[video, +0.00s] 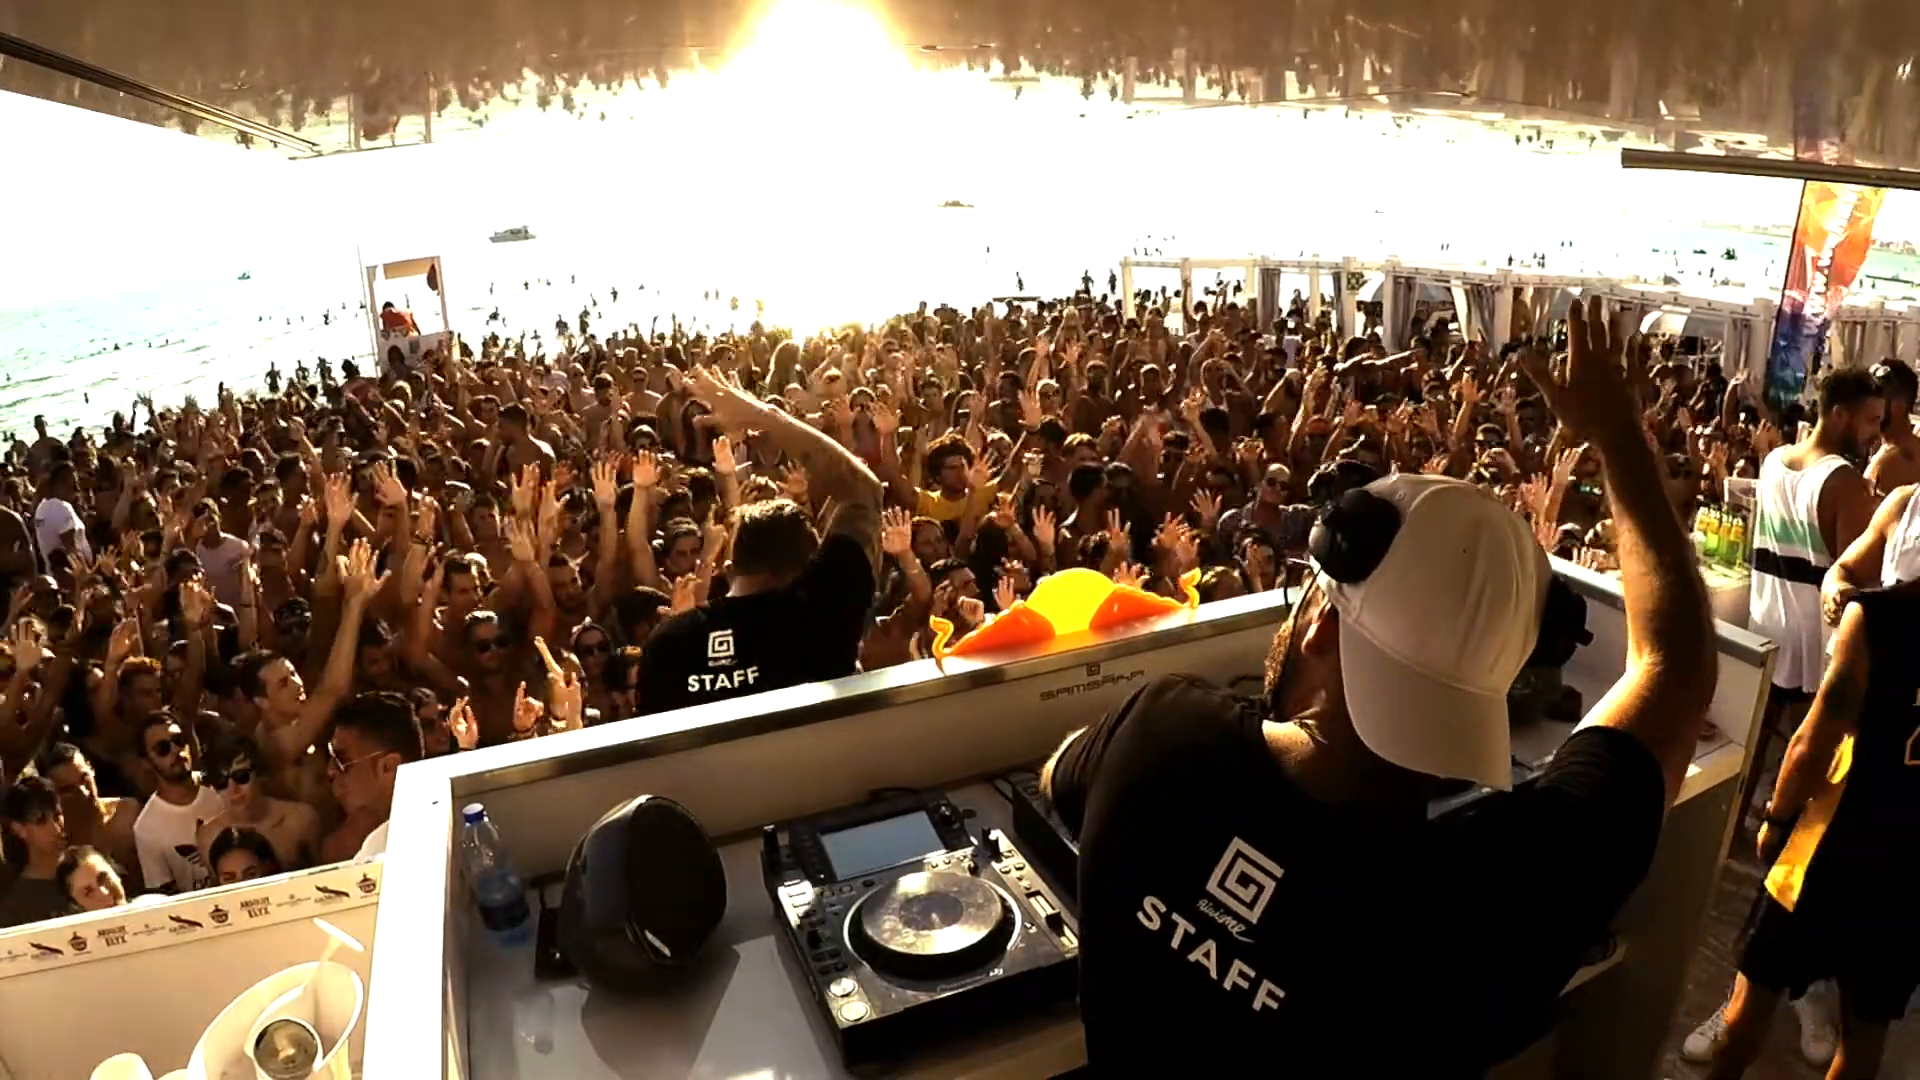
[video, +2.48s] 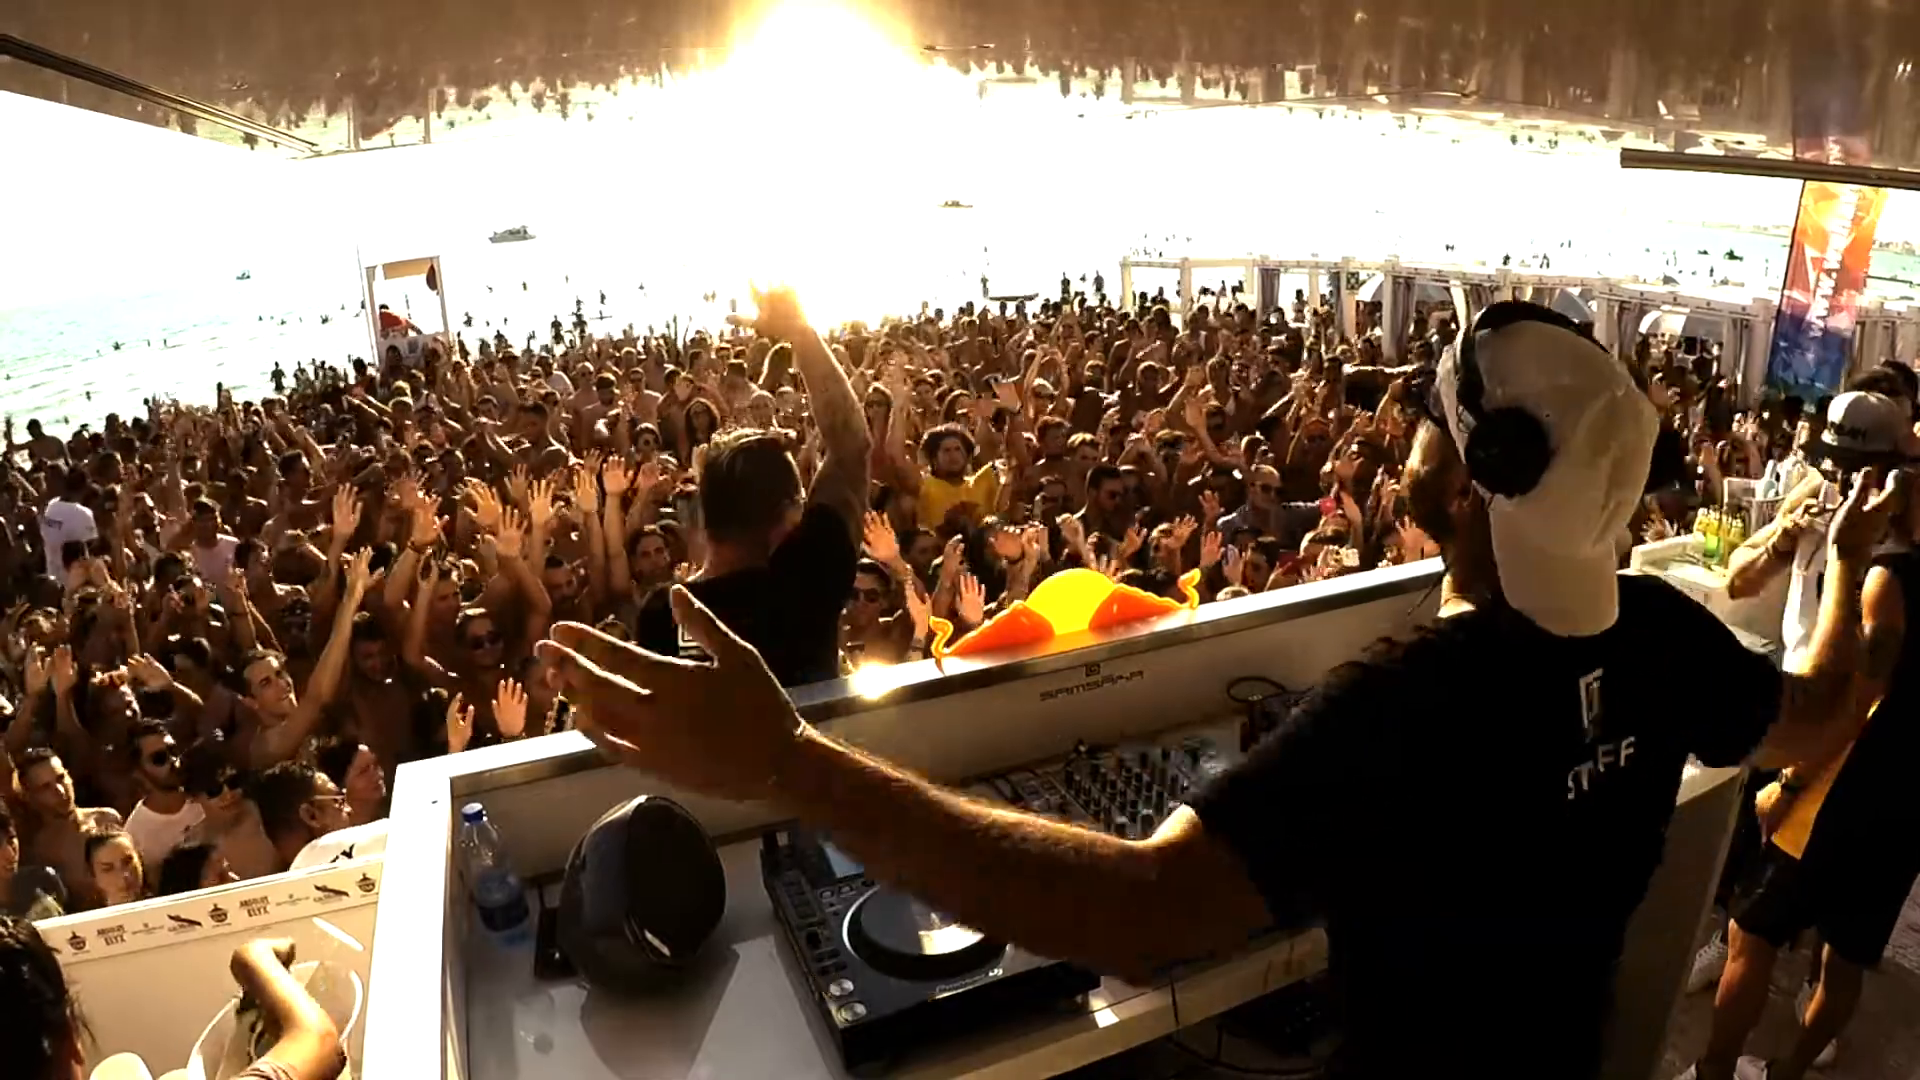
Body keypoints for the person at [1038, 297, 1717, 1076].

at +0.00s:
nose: (1304, 597)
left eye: (1316, 586)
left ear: (1322, 627)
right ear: (1493, 685)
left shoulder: (1160, 736)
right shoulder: (1494, 892)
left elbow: (1060, 785)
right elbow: (1675, 668)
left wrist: (1272, 703)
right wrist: (1616, 430)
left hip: (1117, 1054)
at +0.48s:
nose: (1309, 587)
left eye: (1321, 581)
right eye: (1324, 572)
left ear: (1327, 618)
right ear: (1497, 681)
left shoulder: (1167, 722)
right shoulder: (1496, 885)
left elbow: (1051, 786)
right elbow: (1684, 659)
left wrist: (1277, 696)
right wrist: (1625, 416)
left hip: (1121, 1055)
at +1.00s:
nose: (1314, 568)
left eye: (1325, 552)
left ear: (1333, 587)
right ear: (1494, 631)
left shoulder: (1181, 706)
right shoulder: (1507, 844)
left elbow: (1037, 795)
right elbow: (1673, 624)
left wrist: (1181, 825)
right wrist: (1586, 417)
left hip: (1150, 1057)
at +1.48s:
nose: (1422, 517)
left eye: (1435, 504)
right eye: (1434, 496)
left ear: (1457, 563)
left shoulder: (1330, 693)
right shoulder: (1676, 758)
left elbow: (1109, 788)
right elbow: (1665, 540)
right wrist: (1540, 385)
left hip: (1314, 1059)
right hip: (1541, 1072)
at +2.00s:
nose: (1567, 467)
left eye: (1588, 461)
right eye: (1582, 455)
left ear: (1629, 526)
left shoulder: (1490, 679)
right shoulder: (1762, 677)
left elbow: (1240, 769)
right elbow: (1609, 465)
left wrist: (1143, 753)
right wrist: (1504, 342)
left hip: (1436, 1064)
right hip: (1609, 1058)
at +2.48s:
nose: (1409, 470)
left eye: (1432, 440)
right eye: (1427, 433)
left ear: (1476, 478)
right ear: (1609, 481)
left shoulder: (1404, 708)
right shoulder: (1662, 642)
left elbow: (1139, 914)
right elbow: (1801, 734)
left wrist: (779, 756)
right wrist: (1862, 580)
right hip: (1569, 1057)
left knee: (1000, 1075)